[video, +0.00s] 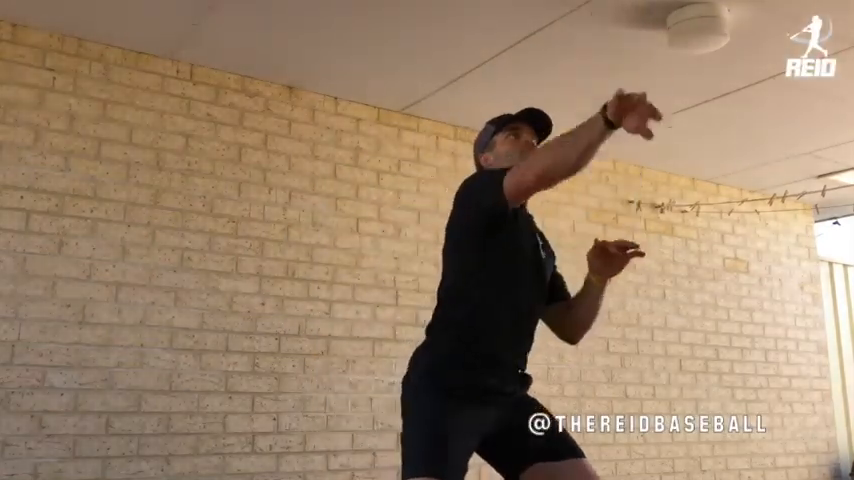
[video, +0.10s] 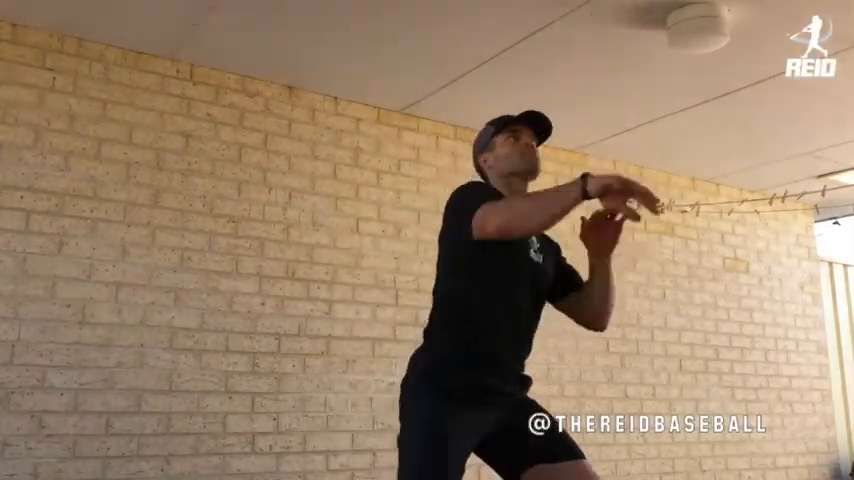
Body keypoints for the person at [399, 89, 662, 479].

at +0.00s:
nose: (529, 145)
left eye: (535, 139)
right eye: (513, 135)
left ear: (541, 153)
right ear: (485, 157)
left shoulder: (534, 243)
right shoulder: (477, 196)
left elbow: (570, 328)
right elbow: (543, 170)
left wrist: (596, 279)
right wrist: (608, 119)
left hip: (503, 393)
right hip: (444, 385)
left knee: (577, 473)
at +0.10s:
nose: (529, 141)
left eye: (532, 138)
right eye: (513, 136)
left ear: (537, 160)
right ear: (485, 161)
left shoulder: (544, 249)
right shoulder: (469, 198)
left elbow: (595, 316)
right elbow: (498, 221)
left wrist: (600, 257)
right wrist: (584, 186)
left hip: (503, 396)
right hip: (441, 389)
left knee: (578, 474)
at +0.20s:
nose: (526, 147)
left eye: (528, 143)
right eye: (509, 141)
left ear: (533, 164)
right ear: (482, 165)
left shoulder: (536, 243)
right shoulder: (455, 208)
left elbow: (620, 297)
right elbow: (453, 264)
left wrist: (608, 228)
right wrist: (536, 245)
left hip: (499, 400)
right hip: (434, 396)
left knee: (576, 475)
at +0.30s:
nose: (521, 157)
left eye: (524, 152)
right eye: (504, 150)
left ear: (529, 170)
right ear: (476, 173)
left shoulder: (545, 250)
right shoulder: (440, 222)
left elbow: (644, 281)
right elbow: (401, 288)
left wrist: (655, 225)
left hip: (488, 405)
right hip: (419, 399)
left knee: (572, 475)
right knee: (399, 475)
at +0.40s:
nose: (520, 163)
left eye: (523, 160)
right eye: (504, 158)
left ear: (529, 182)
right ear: (475, 184)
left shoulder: (552, 250)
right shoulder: (435, 240)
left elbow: (651, 217)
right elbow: (367, 302)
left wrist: (714, 150)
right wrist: (425, 304)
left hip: (483, 417)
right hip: (413, 402)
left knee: (568, 478)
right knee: (385, 476)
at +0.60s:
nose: (520, 160)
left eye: (524, 157)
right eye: (504, 154)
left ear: (531, 179)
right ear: (475, 179)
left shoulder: (550, 249)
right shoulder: (437, 241)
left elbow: (648, 267)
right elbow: (386, 319)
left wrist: (668, 206)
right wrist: (460, 309)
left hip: (489, 415)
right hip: (419, 403)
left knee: (570, 475)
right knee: (394, 475)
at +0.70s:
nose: (528, 161)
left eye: (530, 156)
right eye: (510, 155)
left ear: (537, 176)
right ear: (481, 180)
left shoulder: (545, 259)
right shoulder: (450, 231)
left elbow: (621, 325)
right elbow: (414, 286)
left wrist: (656, 301)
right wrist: (514, 274)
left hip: (488, 413)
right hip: (420, 401)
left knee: (571, 475)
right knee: (401, 474)